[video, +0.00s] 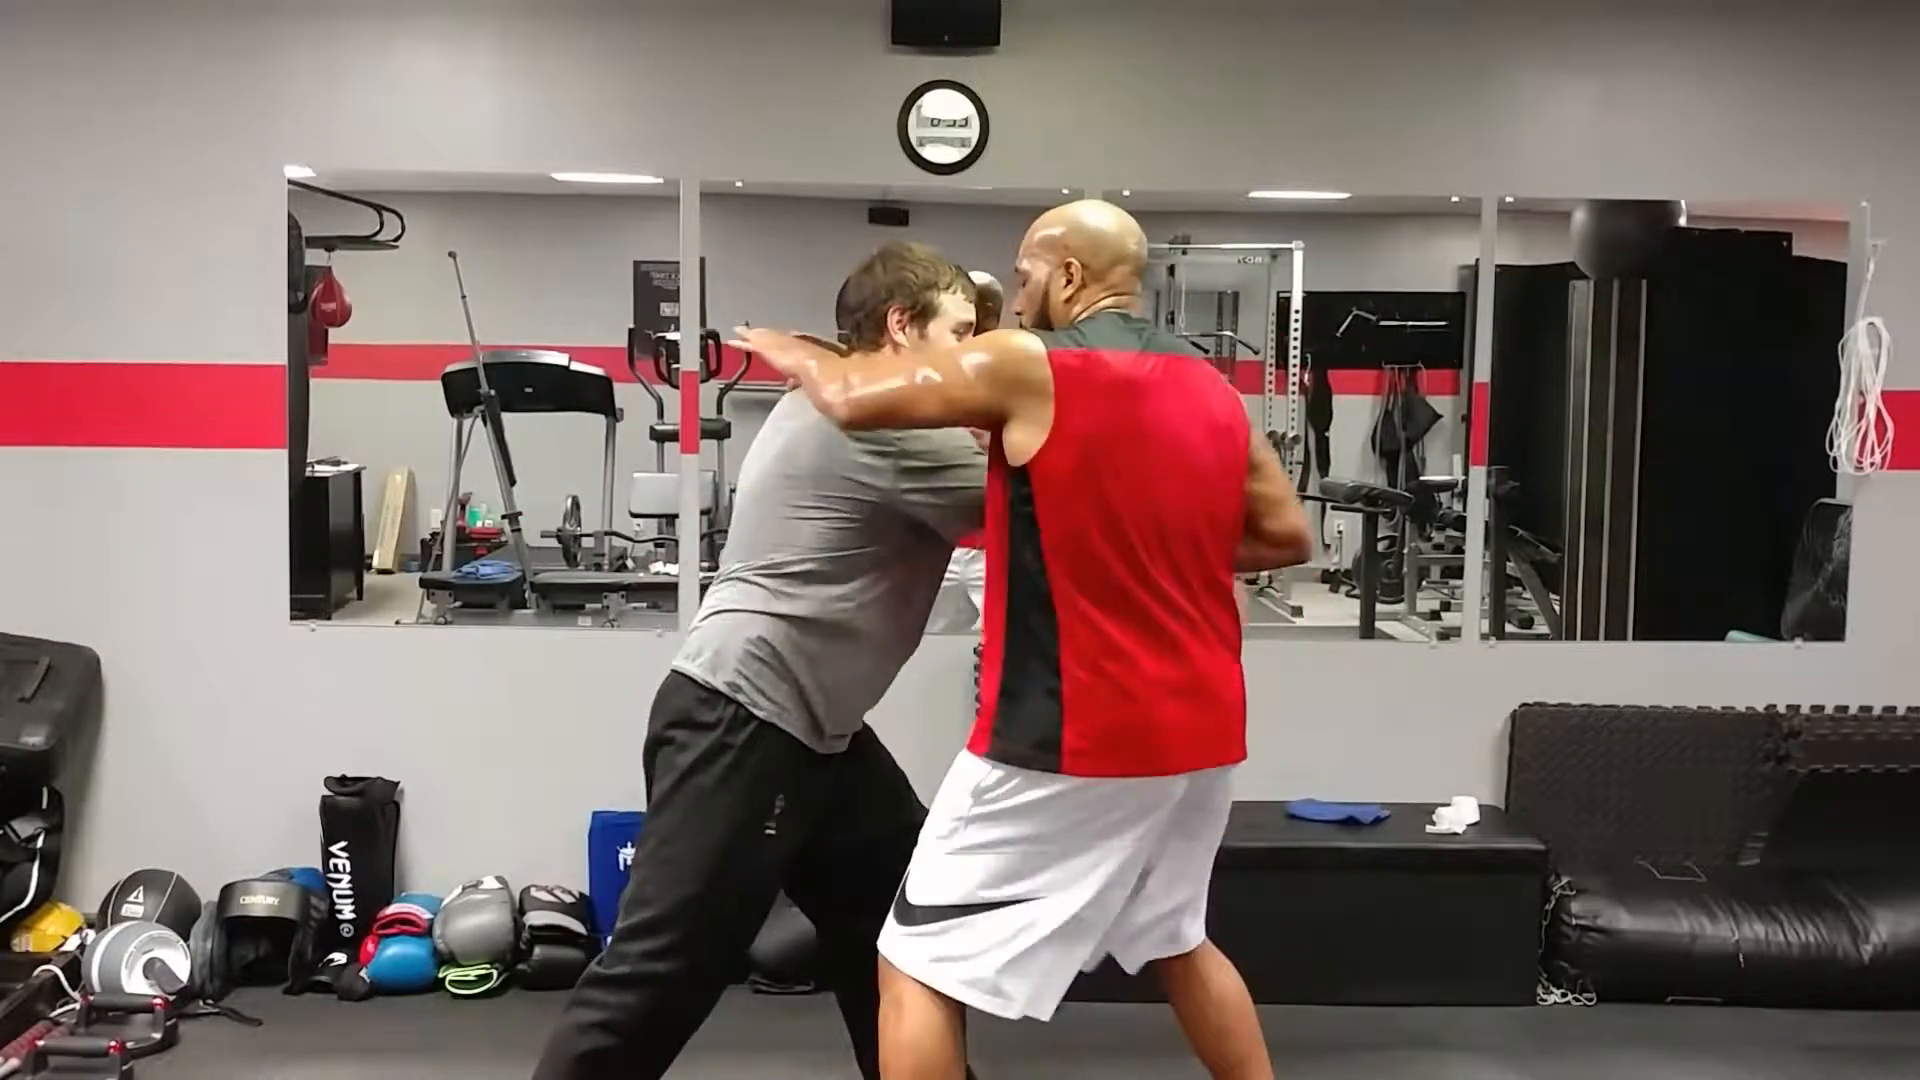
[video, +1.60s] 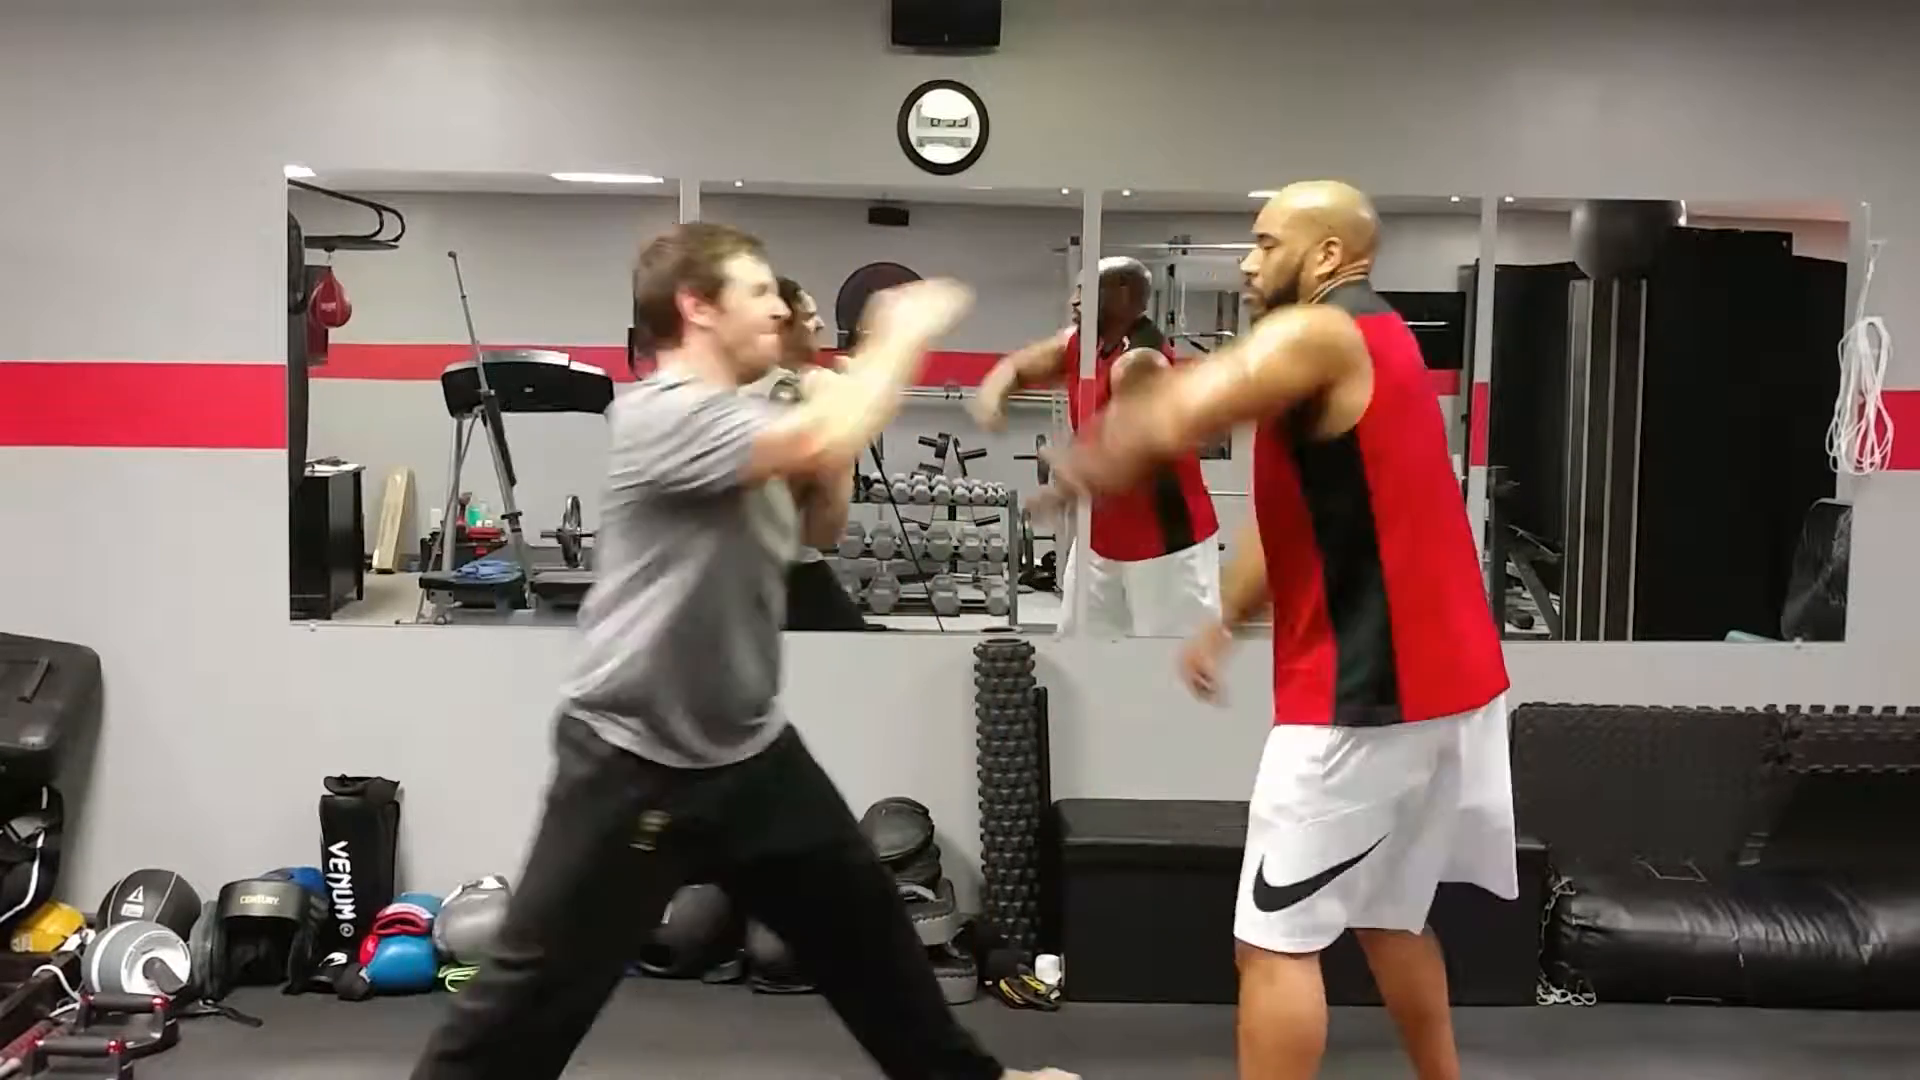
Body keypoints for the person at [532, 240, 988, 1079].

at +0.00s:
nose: (976, 355)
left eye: (977, 334)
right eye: (963, 331)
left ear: (889, 331)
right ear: (900, 329)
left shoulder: (830, 404)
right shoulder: (887, 430)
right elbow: (1036, 496)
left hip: (812, 728)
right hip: (739, 720)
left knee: (917, 939)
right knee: (656, 980)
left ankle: (915, 1073)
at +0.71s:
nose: (954, 335)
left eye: (953, 315)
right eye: (936, 313)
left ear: (871, 324)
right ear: (868, 322)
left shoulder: (889, 425)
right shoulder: (829, 426)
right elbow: (937, 583)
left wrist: (953, 488)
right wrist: (1085, 572)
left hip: (806, 721)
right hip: (698, 710)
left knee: (894, 908)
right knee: (624, 953)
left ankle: (926, 1067)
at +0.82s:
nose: (917, 330)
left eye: (915, 311)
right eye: (897, 311)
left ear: (842, 327)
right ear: (829, 322)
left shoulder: (857, 427)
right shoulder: (769, 421)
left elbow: (867, 563)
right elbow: (807, 603)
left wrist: (929, 525)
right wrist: (964, 598)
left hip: (794, 729)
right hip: (681, 718)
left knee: (890, 915)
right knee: (581, 962)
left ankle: (923, 1073)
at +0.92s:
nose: (850, 325)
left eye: (848, 305)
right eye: (828, 305)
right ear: (761, 319)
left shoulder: (810, 420)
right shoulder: (685, 424)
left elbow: (826, 554)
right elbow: (697, 605)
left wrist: (882, 483)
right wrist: (847, 581)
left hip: (761, 754)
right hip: (635, 747)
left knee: (870, 958)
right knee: (524, 987)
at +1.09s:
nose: (737, 300)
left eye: (735, 279)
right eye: (714, 277)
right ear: (643, 288)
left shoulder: (712, 402)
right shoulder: (557, 392)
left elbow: (792, 499)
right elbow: (608, 533)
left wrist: (802, 401)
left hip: (678, 732)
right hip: (543, 719)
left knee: (785, 965)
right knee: (470, 987)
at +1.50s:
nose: (718, 314)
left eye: (715, 295)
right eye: (698, 294)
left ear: (648, 309)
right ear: (629, 303)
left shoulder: (715, 414)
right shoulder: (545, 422)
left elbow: (810, 490)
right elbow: (609, 525)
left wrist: (798, 389)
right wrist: (675, 393)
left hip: (706, 752)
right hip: (554, 762)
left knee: (820, 916)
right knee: (465, 991)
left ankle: (852, 1064)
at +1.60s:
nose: (782, 309)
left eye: (778, 293)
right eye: (761, 292)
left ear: (713, 311)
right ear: (698, 310)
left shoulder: (756, 413)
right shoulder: (656, 415)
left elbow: (819, 528)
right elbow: (819, 438)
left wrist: (838, 415)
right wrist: (900, 336)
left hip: (750, 749)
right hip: (629, 755)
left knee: (868, 935)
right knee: (529, 999)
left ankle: (962, 1074)